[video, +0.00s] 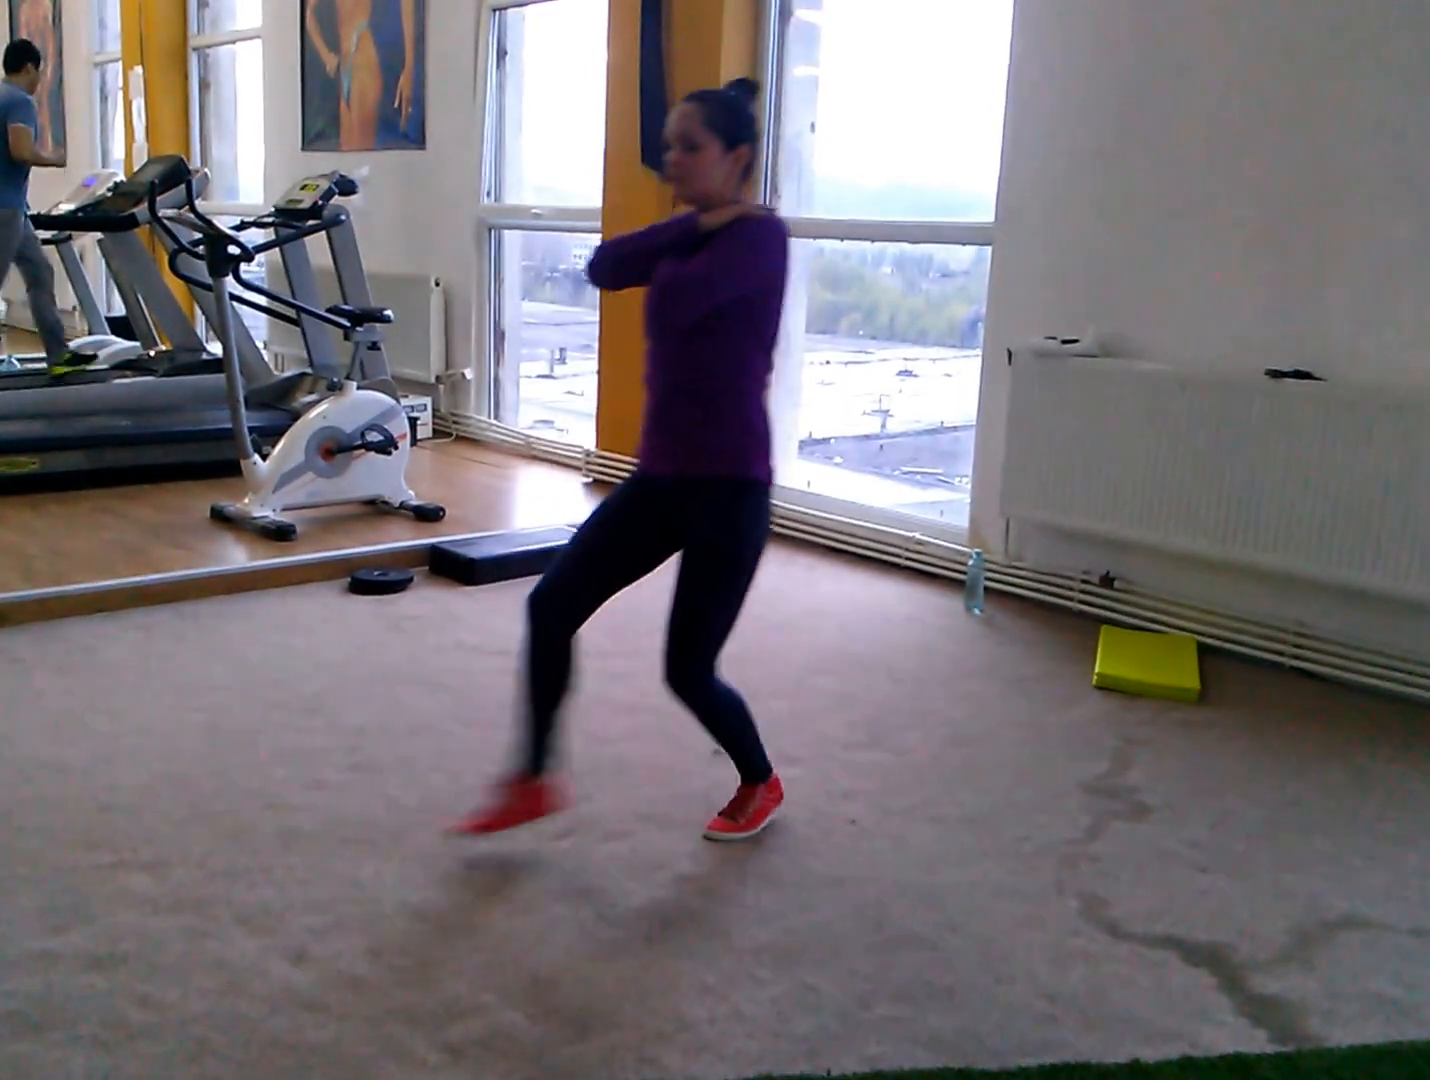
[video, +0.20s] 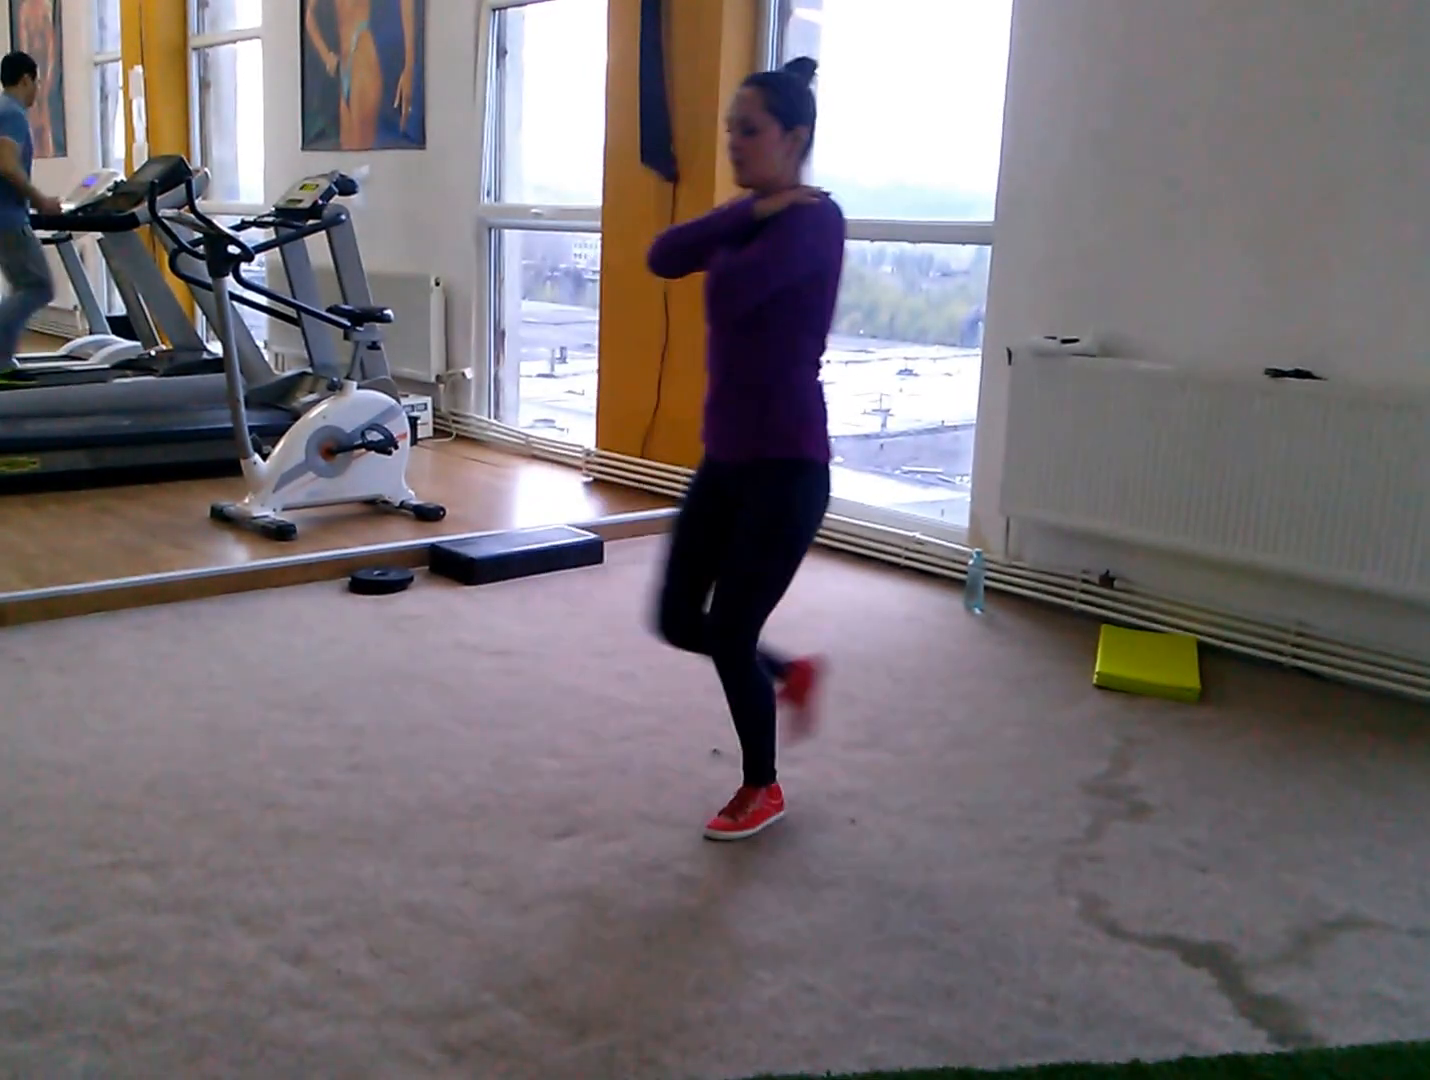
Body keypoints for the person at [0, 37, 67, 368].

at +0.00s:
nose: (40, 79)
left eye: (39, 72)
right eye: (39, 71)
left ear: (10, 68)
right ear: (29, 68)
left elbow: (18, 151)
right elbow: (21, 151)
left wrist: (44, 157)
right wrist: (53, 159)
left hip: (12, 210)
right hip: (7, 211)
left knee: (40, 272)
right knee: (1, 285)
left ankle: (57, 353)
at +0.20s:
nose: (37, 91)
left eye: (36, 83)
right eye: (36, 83)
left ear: (12, 81)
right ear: (25, 80)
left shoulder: (8, 113)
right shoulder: (12, 115)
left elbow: (11, 168)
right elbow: (9, 165)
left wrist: (38, 201)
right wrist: (40, 200)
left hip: (10, 218)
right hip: (8, 219)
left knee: (26, 287)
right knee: (38, 287)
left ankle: (5, 359)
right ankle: (2, 353)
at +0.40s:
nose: (44, 77)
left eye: (44, 70)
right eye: (43, 69)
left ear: (20, 67)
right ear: (31, 67)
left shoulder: (15, 102)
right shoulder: (7, 99)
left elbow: (13, 155)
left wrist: (45, 153)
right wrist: (23, 173)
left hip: (11, 205)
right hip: (9, 206)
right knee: (45, 276)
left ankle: (59, 357)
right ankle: (59, 358)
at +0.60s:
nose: (44, 86)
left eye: (44, 79)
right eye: (42, 79)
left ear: (18, 79)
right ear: (31, 79)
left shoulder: (12, 113)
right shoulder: (11, 115)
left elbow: (11, 172)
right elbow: (9, 171)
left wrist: (41, 194)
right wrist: (45, 194)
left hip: (12, 212)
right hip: (9, 214)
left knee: (25, 286)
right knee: (32, 286)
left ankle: (5, 353)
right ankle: (3, 355)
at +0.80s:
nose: (45, 76)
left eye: (45, 69)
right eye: (43, 69)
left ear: (15, 66)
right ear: (30, 66)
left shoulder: (8, 95)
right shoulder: (19, 99)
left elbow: (24, 150)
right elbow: (27, 151)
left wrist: (48, 153)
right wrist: (54, 156)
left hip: (12, 212)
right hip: (9, 213)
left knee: (42, 275)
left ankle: (61, 356)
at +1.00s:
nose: (44, 83)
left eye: (43, 76)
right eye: (41, 76)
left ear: (16, 78)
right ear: (27, 76)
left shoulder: (11, 110)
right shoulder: (13, 111)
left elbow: (13, 169)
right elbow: (8, 162)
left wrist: (48, 189)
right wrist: (44, 196)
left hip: (10, 214)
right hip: (11, 215)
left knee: (19, 286)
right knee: (46, 283)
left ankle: (4, 352)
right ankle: (1, 339)